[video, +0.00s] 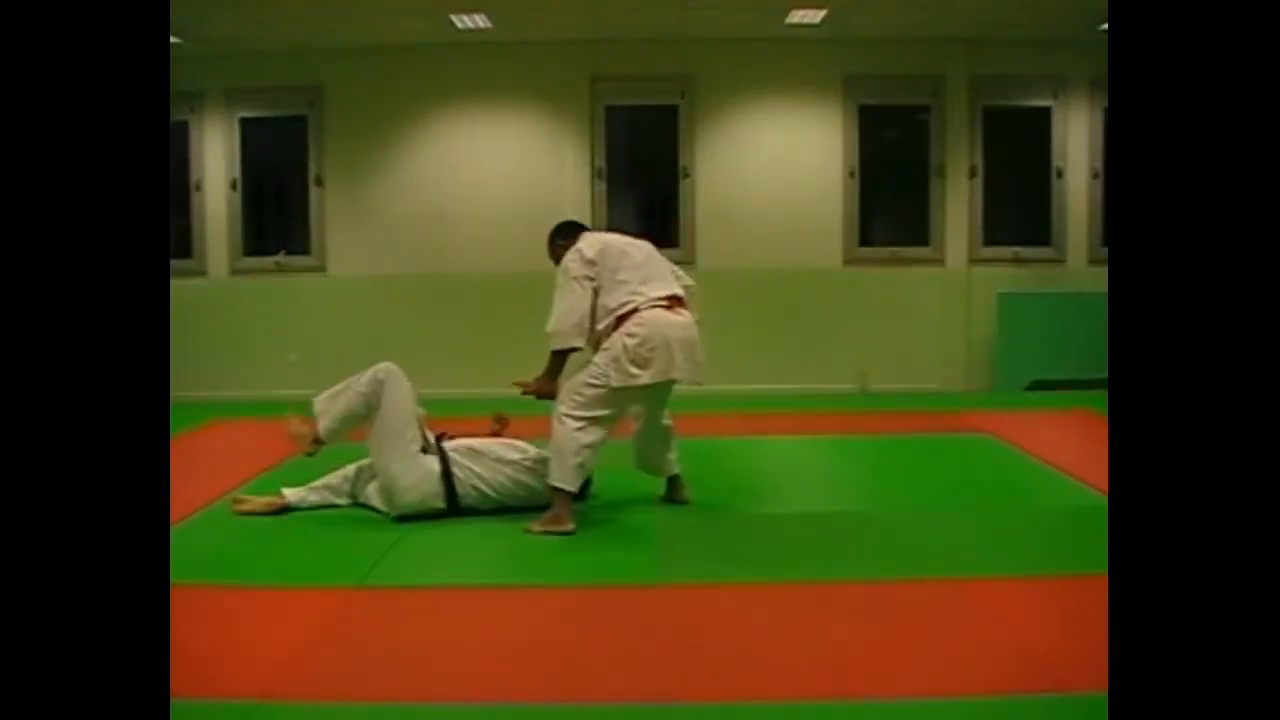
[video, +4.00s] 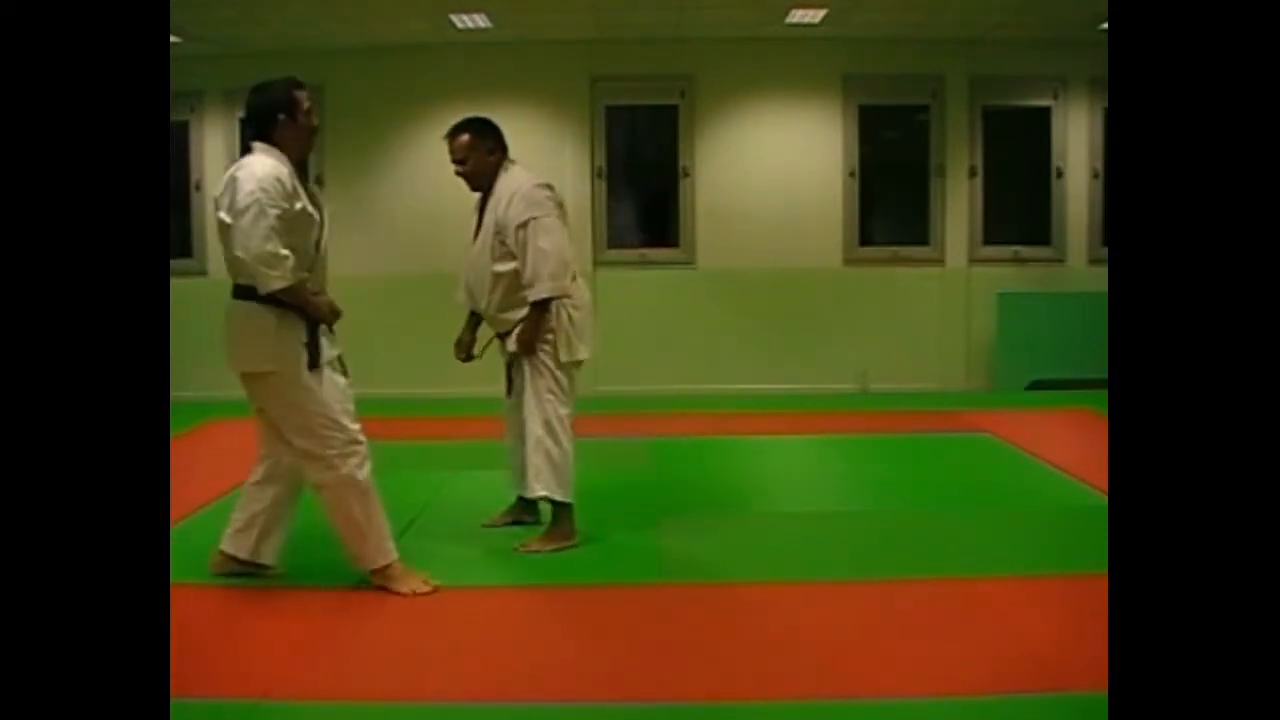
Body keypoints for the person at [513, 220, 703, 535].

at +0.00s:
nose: (560, 266)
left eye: (558, 259)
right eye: (556, 261)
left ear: (564, 245)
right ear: (585, 233)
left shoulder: (577, 255)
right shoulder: (635, 246)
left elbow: (568, 325)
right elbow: (683, 283)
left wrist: (548, 379)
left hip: (640, 332)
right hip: (683, 329)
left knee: (573, 409)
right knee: (653, 412)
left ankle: (560, 511)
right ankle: (674, 482)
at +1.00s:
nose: (526, 287)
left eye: (524, 280)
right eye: (522, 283)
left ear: (530, 268)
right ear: (553, 255)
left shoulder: (545, 273)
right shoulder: (587, 267)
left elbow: (548, 328)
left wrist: (528, 385)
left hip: (617, 338)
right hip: (660, 332)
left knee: (548, 415)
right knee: (639, 415)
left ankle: (558, 513)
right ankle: (675, 484)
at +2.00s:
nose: (553, 220)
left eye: (552, 210)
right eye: (550, 212)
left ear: (567, 197)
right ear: (584, 193)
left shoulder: (581, 219)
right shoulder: (625, 216)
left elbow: (572, 279)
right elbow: (635, 272)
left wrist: (553, 337)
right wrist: (599, 317)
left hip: (625, 316)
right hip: (665, 310)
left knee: (578, 411)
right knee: (648, 407)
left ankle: (563, 508)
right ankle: (676, 485)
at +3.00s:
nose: (489, 174)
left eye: (494, 164)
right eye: (485, 165)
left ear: (520, 156)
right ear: (512, 160)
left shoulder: (542, 195)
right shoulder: (526, 196)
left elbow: (560, 267)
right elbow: (528, 270)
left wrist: (550, 328)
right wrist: (507, 318)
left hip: (565, 321)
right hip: (544, 321)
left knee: (556, 416)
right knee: (531, 412)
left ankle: (565, 508)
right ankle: (530, 496)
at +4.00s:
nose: (458, 170)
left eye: (464, 160)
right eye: (455, 162)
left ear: (493, 154)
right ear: (482, 159)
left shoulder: (525, 195)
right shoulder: (493, 198)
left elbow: (548, 260)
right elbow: (485, 270)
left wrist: (534, 322)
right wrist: (470, 327)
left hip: (549, 319)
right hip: (519, 320)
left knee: (548, 415)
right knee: (521, 413)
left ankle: (562, 520)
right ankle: (526, 501)